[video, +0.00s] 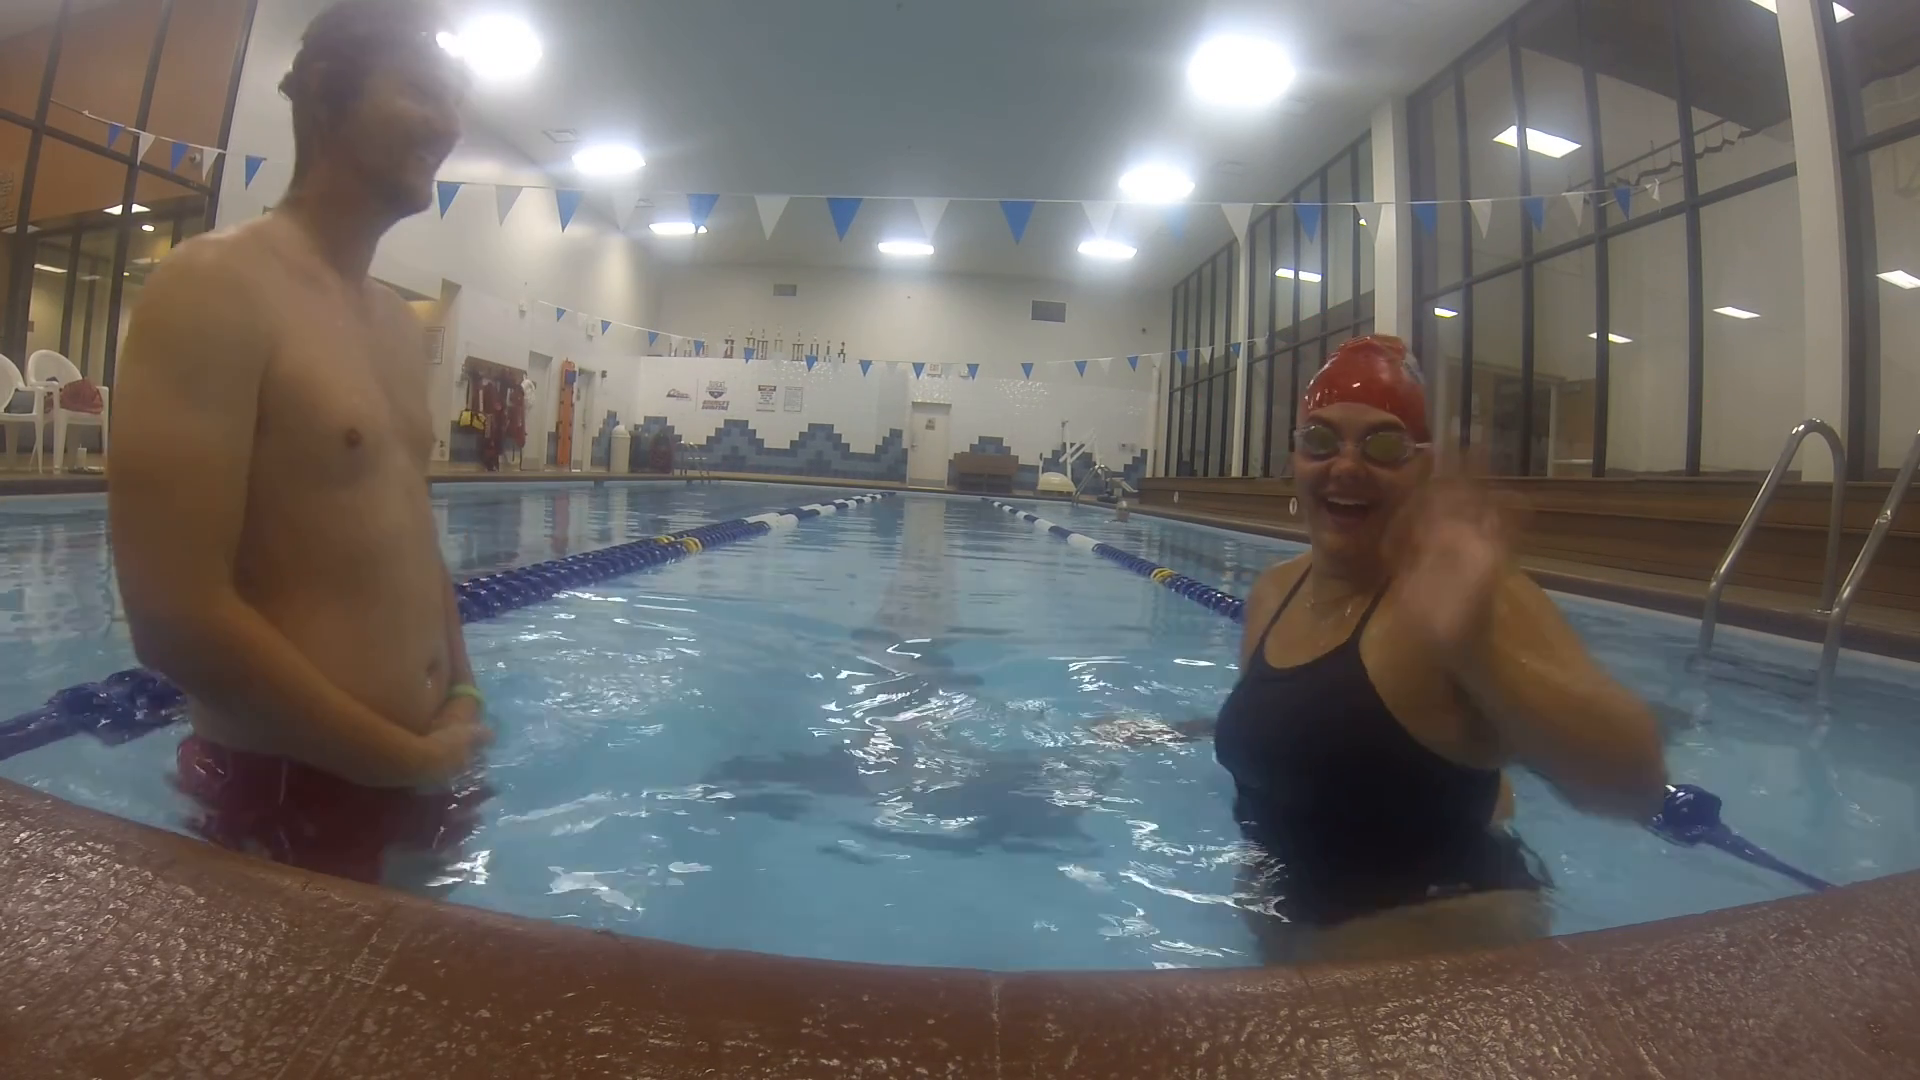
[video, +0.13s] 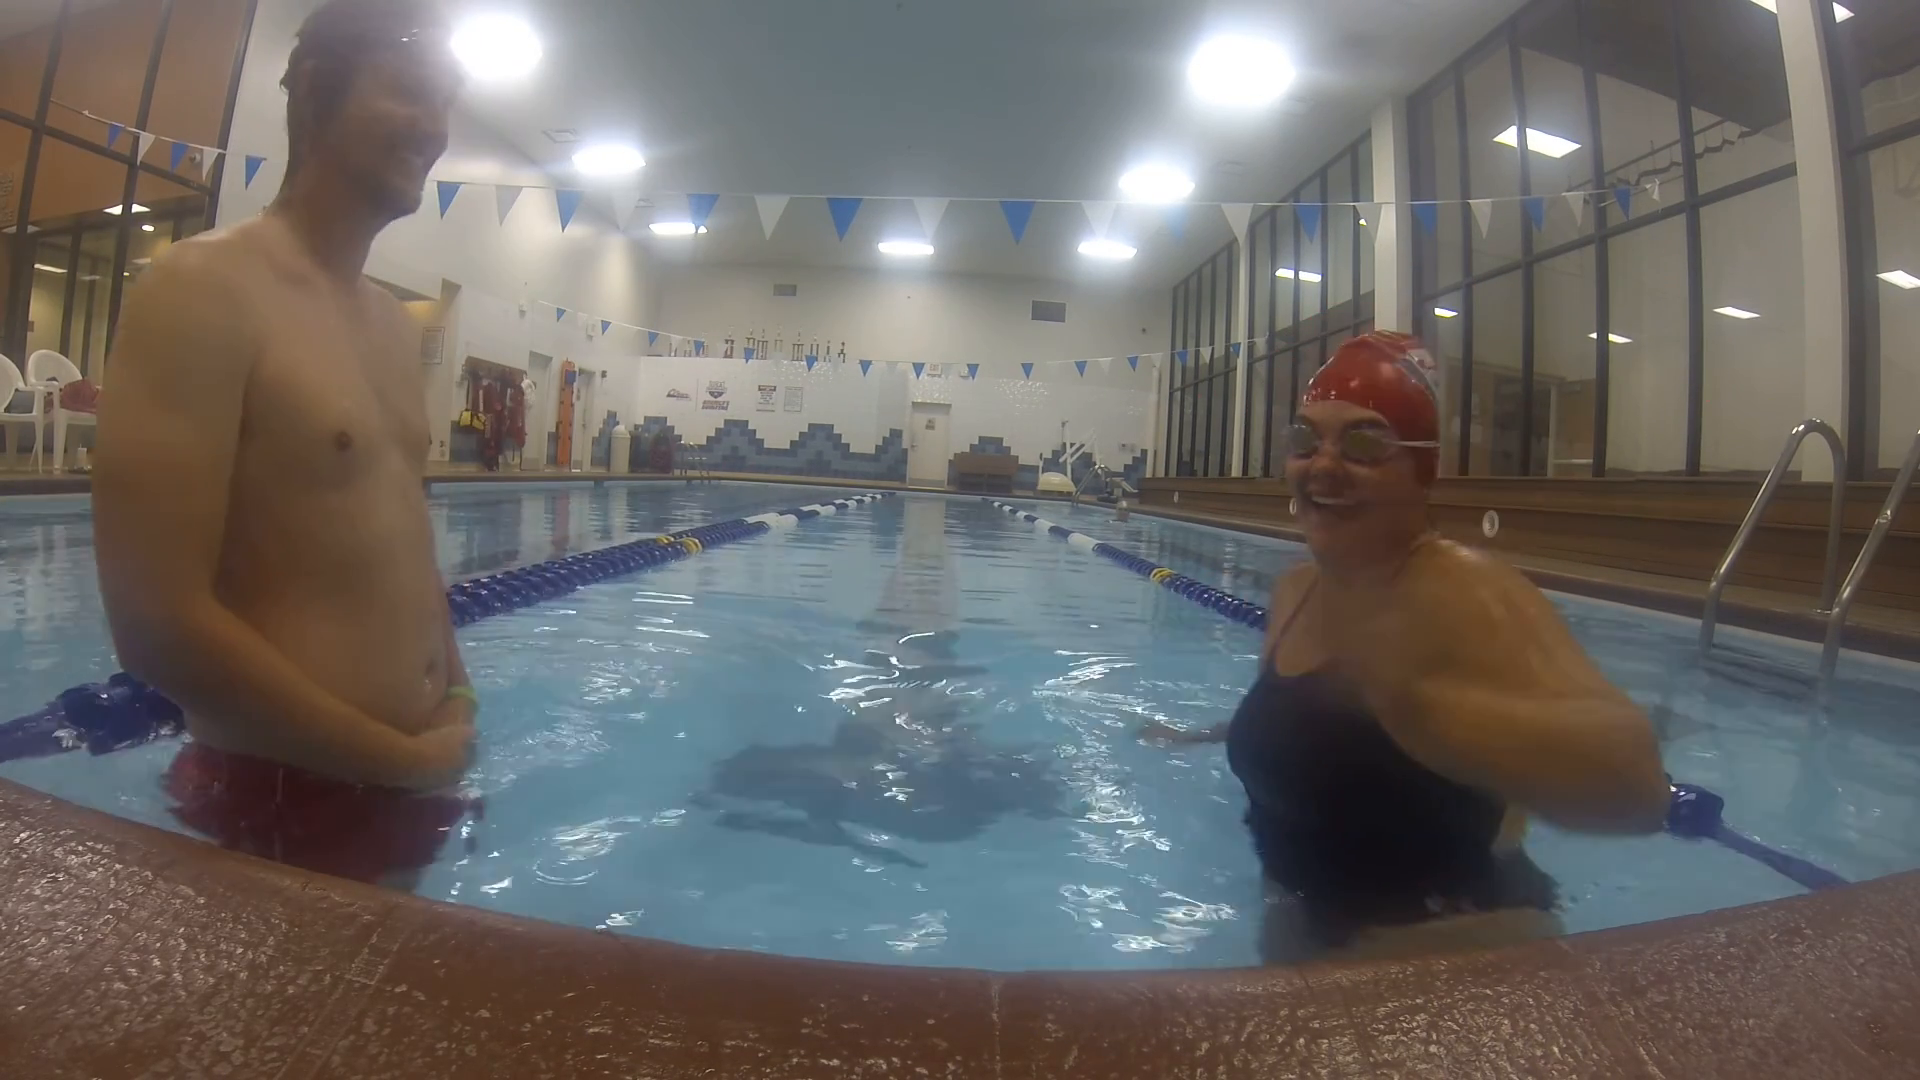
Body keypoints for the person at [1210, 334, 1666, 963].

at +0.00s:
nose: (1345, 468)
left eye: (1383, 446)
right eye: (1320, 442)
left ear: (1428, 468)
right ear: (1294, 459)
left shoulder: (1469, 595)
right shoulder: (1276, 593)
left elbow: (1634, 783)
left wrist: (1476, 650)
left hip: (1446, 955)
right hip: (1299, 943)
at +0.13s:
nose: (1324, 465)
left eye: (1363, 444)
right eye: (1308, 440)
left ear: (1424, 471)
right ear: (1289, 458)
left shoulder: (1474, 594)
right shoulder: (1297, 591)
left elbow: (1635, 782)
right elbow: (1307, 727)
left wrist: (1425, 715)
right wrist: (1203, 739)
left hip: (1452, 962)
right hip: (1309, 949)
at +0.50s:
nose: (1290, 456)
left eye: (1304, 431)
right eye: (1298, 431)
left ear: (1360, 453)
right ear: (1369, 454)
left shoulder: (1399, 587)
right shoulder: (1458, 561)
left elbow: (1423, 852)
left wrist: (1224, 801)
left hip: (1372, 967)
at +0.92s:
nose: (1302, 434)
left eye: (1308, 414)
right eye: (1311, 413)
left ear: (1320, 428)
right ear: (1434, 440)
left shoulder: (1293, 547)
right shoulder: (1506, 565)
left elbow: (1213, 761)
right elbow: (1535, 761)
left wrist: (1121, 832)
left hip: (1336, 948)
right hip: (1501, 938)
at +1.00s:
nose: (1294, 424)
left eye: (1301, 407)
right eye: (1303, 404)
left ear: (1311, 424)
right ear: (1424, 433)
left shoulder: (1278, 537)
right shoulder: (1496, 551)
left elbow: (1184, 741)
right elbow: (1534, 758)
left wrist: (1124, 833)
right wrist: (1444, 815)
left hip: (1333, 933)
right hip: (1503, 916)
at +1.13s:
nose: (1283, 415)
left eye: (1288, 398)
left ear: (1300, 411)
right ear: (1406, 416)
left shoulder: (1247, 516)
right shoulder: (1483, 531)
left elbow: (1151, 711)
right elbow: (1521, 759)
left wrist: (1131, 819)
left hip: (1299, 911)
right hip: (1475, 904)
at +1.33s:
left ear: (1245, 439)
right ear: (1352, 442)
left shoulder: (1192, 529)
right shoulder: (1438, 542)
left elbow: (1087, 738)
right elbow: (1468, 749)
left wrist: (1122, 796)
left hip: (1258, 916)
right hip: (1436, 906)